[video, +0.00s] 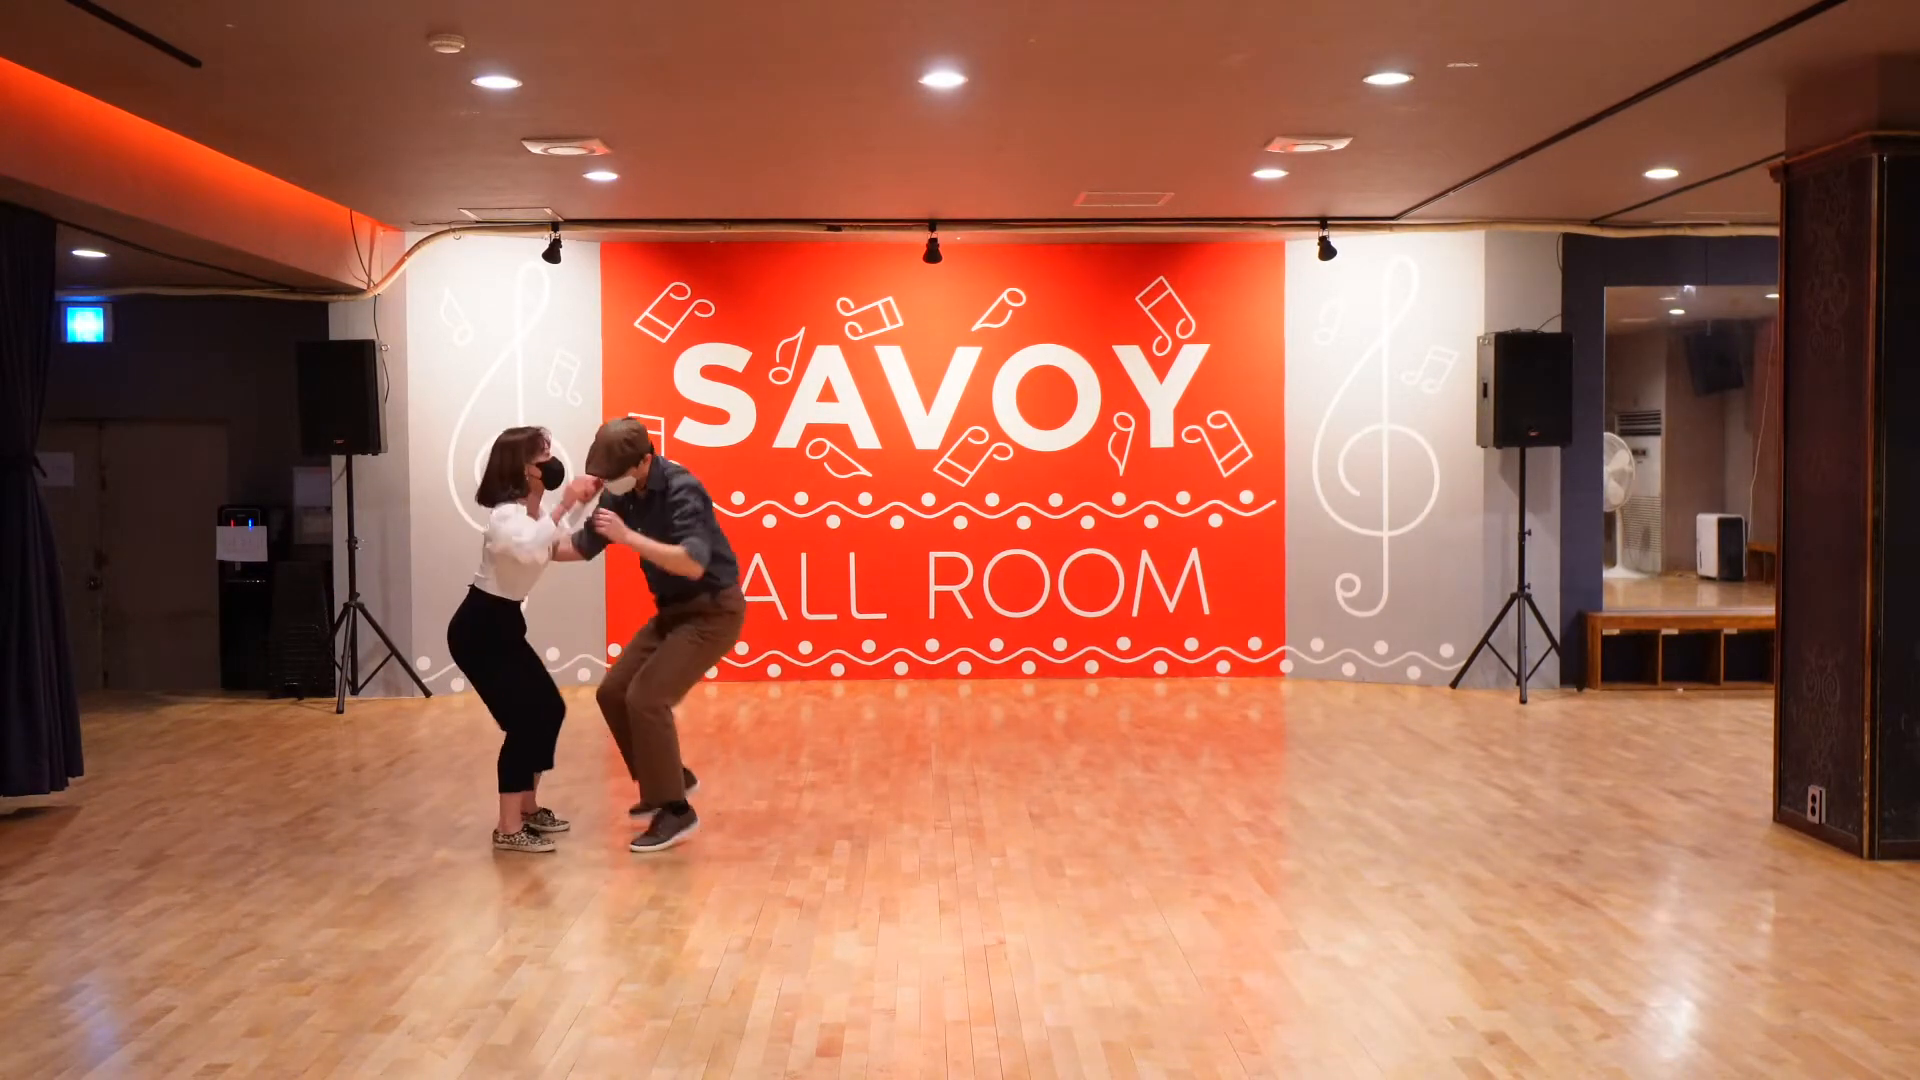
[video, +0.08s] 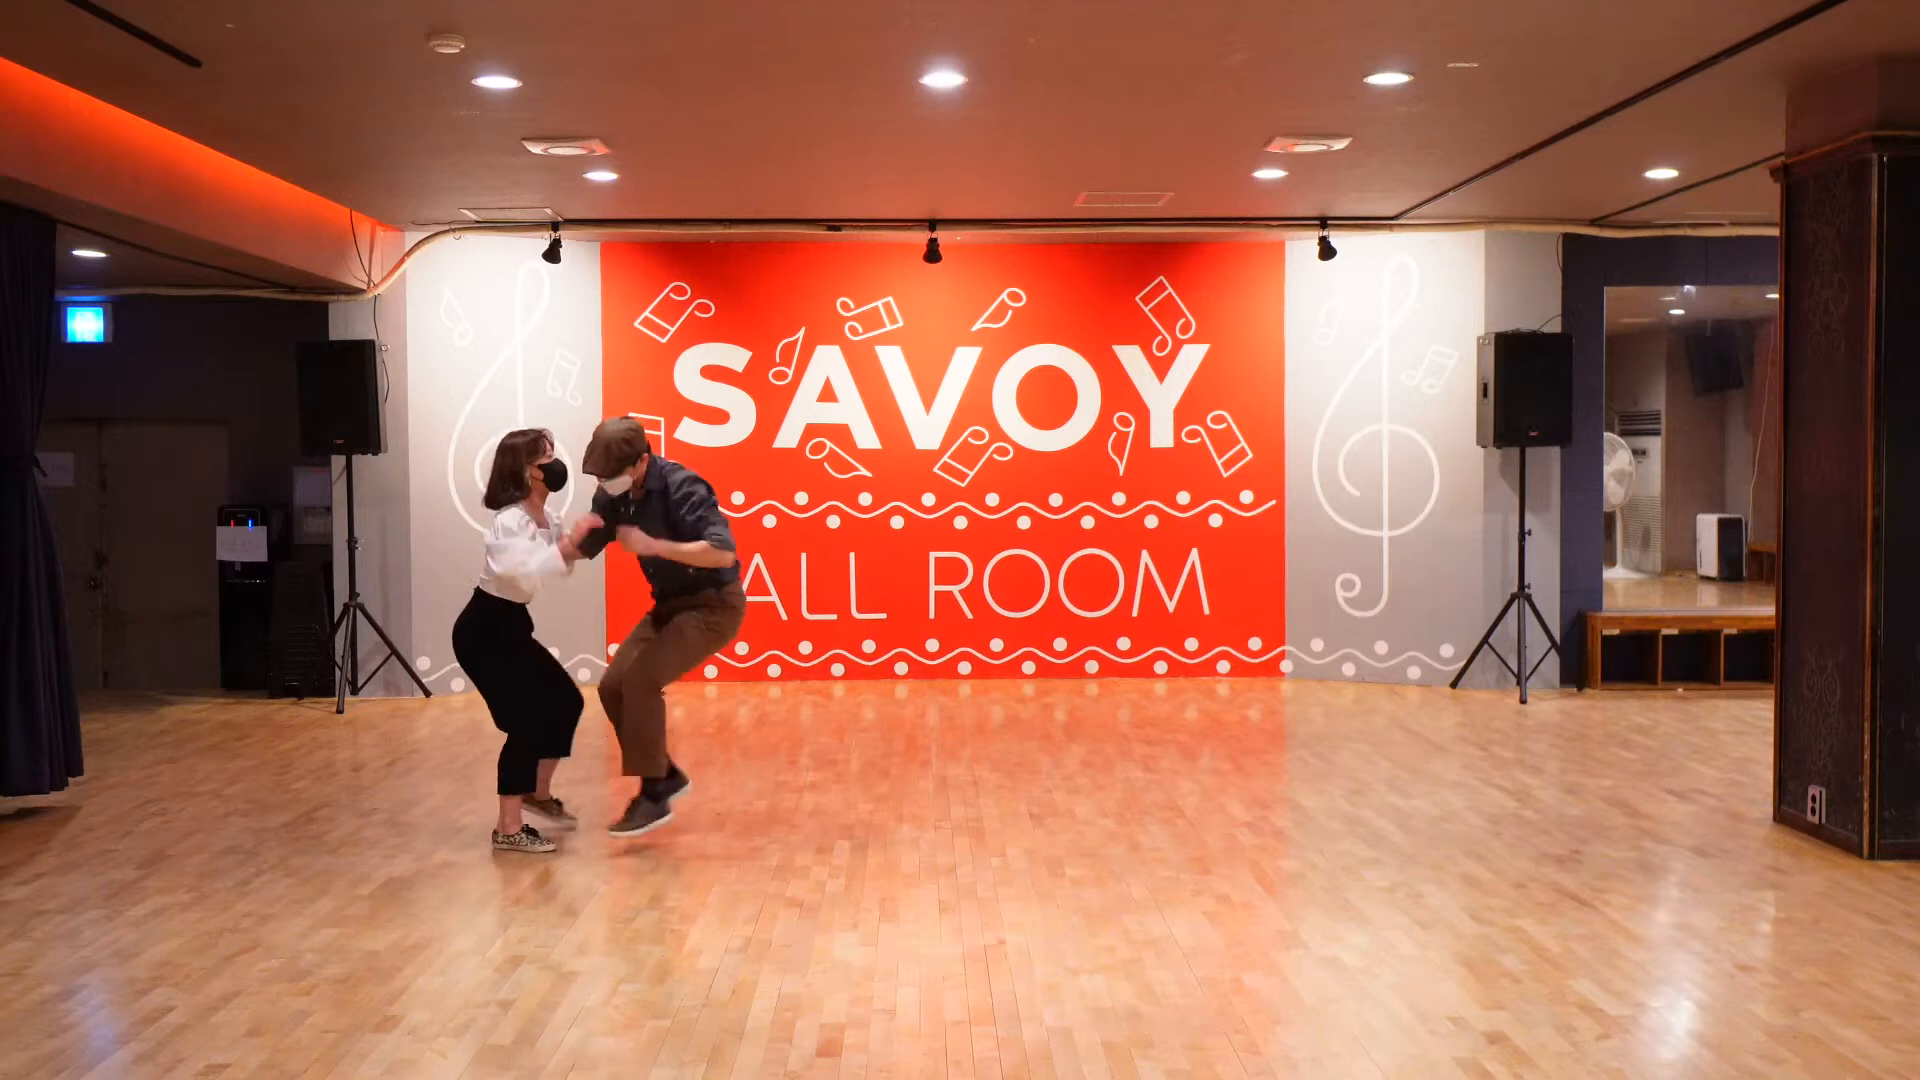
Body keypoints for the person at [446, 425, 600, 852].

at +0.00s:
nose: (553, 463)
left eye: (550, 454)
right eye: (544, 457)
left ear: (527, 469)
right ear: (524, 467)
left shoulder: (538, 514)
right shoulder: (506, 515)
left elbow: (568, 541)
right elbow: (529, 550)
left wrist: (588, 508)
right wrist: (565, 506)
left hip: (505, 626)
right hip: (479, 629)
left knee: (550, 708)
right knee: (523, 720)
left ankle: (526, 810)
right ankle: (508, 829)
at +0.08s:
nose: (557, 463)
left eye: (554, 456)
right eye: (549, 458)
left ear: (532, 473)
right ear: (530, 471)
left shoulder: (548, 520)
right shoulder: (509, 521)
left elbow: (560, 566)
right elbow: (513, 566)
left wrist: (576, 542)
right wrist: (563, 549)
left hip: (513, 629)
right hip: (482, 632)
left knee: (567, 702)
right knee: (525, 720)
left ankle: (538, 792)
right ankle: (508, 828)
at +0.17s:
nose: (561, 467)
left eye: (558, 459)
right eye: (551, 461)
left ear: (541, 473)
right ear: (529, 473)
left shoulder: (553, 524)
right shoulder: (510, 527)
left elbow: (567, 564)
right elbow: (516, 591)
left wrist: (590, 556)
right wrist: (568, 576)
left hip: (521, 632)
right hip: (488, 635)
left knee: (574, 709)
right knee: (528, 724)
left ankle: (561, 797)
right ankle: (509, 829)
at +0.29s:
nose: (563, 472)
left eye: (563, 464)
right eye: (553, 467)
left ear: (562, 468)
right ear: (531, 477)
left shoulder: (563, 520)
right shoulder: (512, 529)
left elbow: (575, 584)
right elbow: (512, 599)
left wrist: (598, 555)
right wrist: (547, 629)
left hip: (535, 629)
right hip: (498, 633)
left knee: (576, 716)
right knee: (526, 722)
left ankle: (568, 805)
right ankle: (511, 826)